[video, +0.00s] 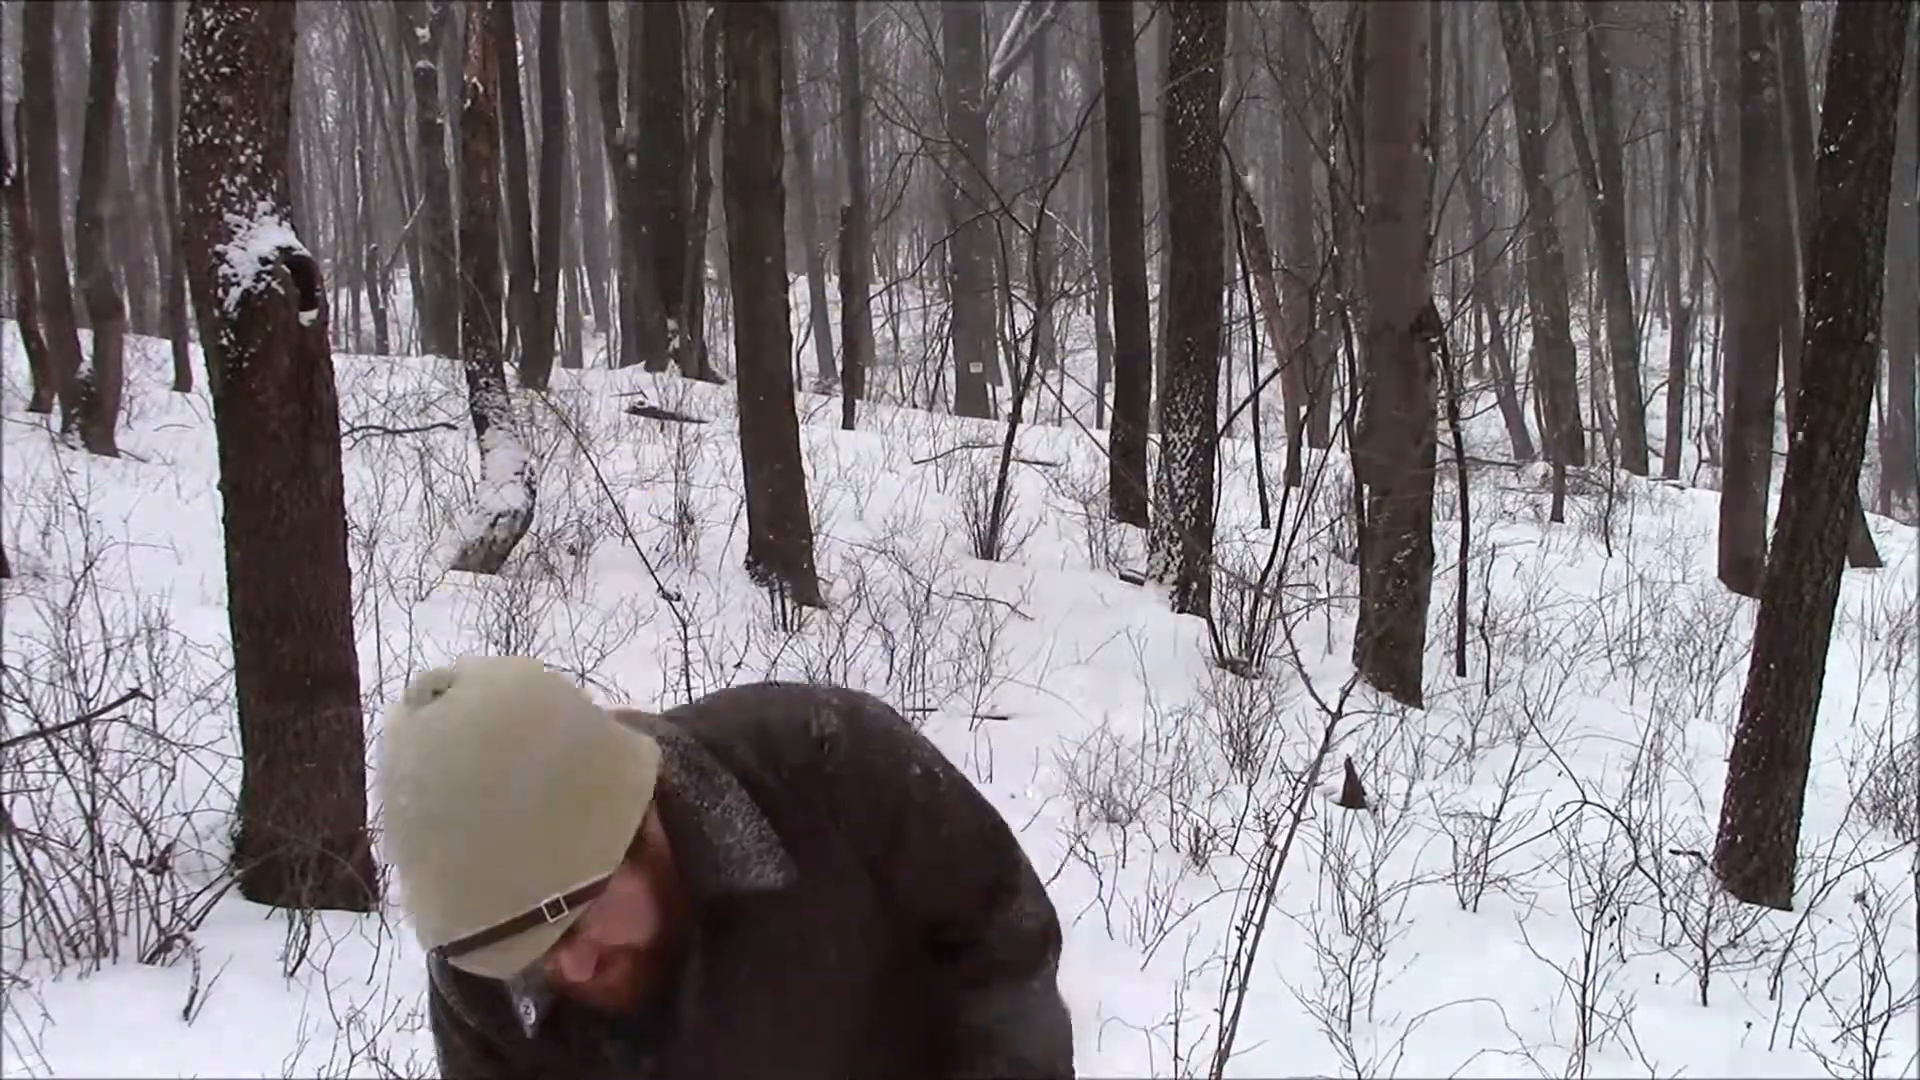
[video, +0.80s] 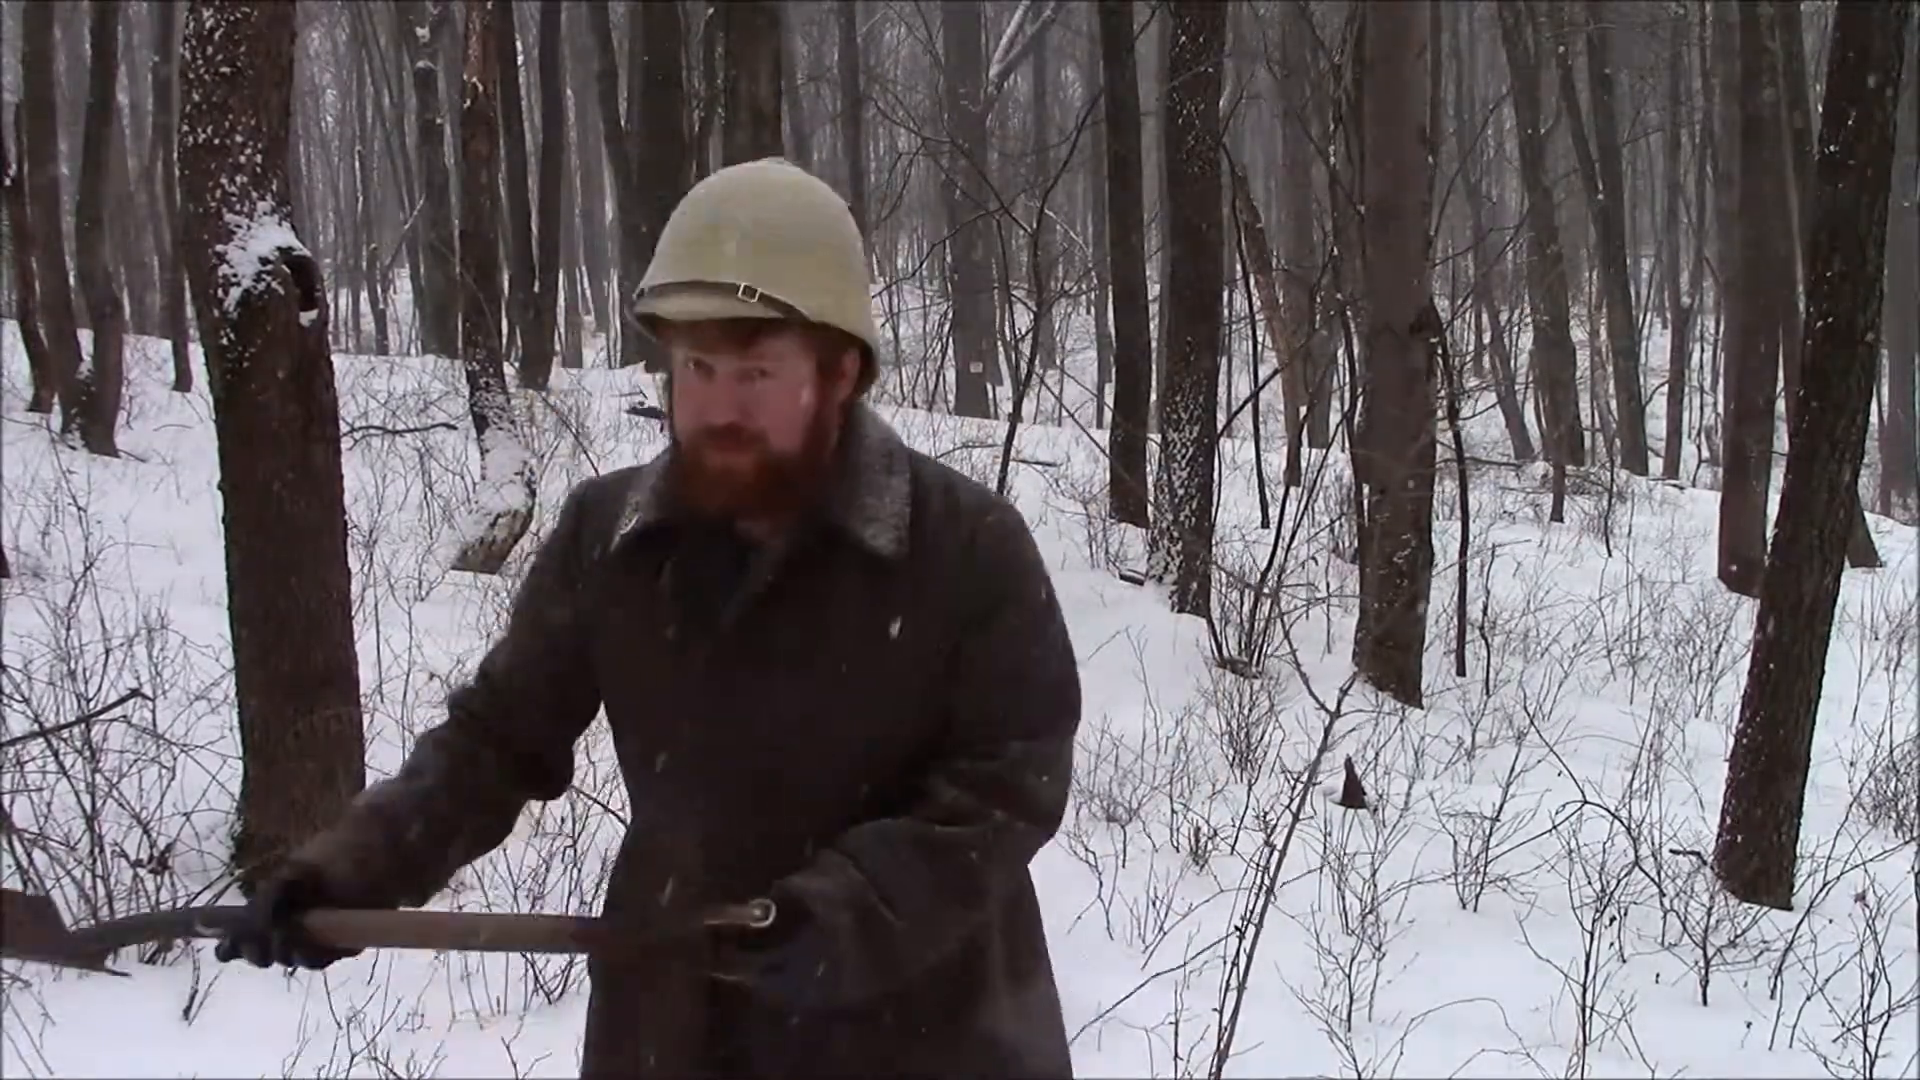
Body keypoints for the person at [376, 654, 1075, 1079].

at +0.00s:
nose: (574, 973)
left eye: (579, 922)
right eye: (523, 958)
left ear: (639, 818)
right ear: (463, 938)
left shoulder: (836, 763)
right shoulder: (479, 976)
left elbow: (1005, 935)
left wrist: (1006, 1061)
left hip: (907, 1046)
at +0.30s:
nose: (586, 907)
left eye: (603, 854)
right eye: (535, 891)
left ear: (664, 767)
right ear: (472, 863)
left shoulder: (849, 744)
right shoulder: (476, 920)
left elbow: (1004, 963)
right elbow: (497, 1068)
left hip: (906, 1055)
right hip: (725, 1060)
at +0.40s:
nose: (596, 820)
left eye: (613, 769)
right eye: (548, 797)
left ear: (681, 696)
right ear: (495, 769)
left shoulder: (865, 706)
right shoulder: (489, 832)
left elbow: (995, 946)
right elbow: (490, 1061)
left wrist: (980, 1067)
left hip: (883, 1055)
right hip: (672, 1057)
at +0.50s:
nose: (602, 707)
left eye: (627, 654)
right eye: (560, 668)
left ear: (708, 603)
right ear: (521, 647)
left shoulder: (891, 678)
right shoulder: (509, 732)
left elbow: (966, 950)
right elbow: (451, 1001)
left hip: (868, 1045)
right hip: (639, 1051)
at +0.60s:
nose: (616, 590)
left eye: (648, 537)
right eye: (585, 546)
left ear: (752, 512)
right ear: (559, 538)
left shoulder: (910, 631)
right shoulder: (538, 655)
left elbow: (935, 912)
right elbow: (431, 905)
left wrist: (777, 1054)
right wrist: (274, 1065)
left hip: (900, 1010)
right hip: (667, 1009)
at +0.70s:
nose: (659, 489)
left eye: (697, 440)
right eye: (630, 442)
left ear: (796, 428)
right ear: (601, 437)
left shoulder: (936, 589)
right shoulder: (573, 585)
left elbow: (949, 858)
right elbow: (449, 801)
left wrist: (758, 993)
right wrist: (275, 934)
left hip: (920, 1025)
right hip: (667, 1008)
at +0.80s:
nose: (718, 408)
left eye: (757, 370)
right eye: (696, 366)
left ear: (842, 376)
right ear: (665, 367)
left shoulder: (969, 549)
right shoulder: (605, 536)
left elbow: (1009, 794)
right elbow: (501, 738)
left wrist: (844, 915)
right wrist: (347, 873)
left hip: (932, 1017)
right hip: (680, 1012)